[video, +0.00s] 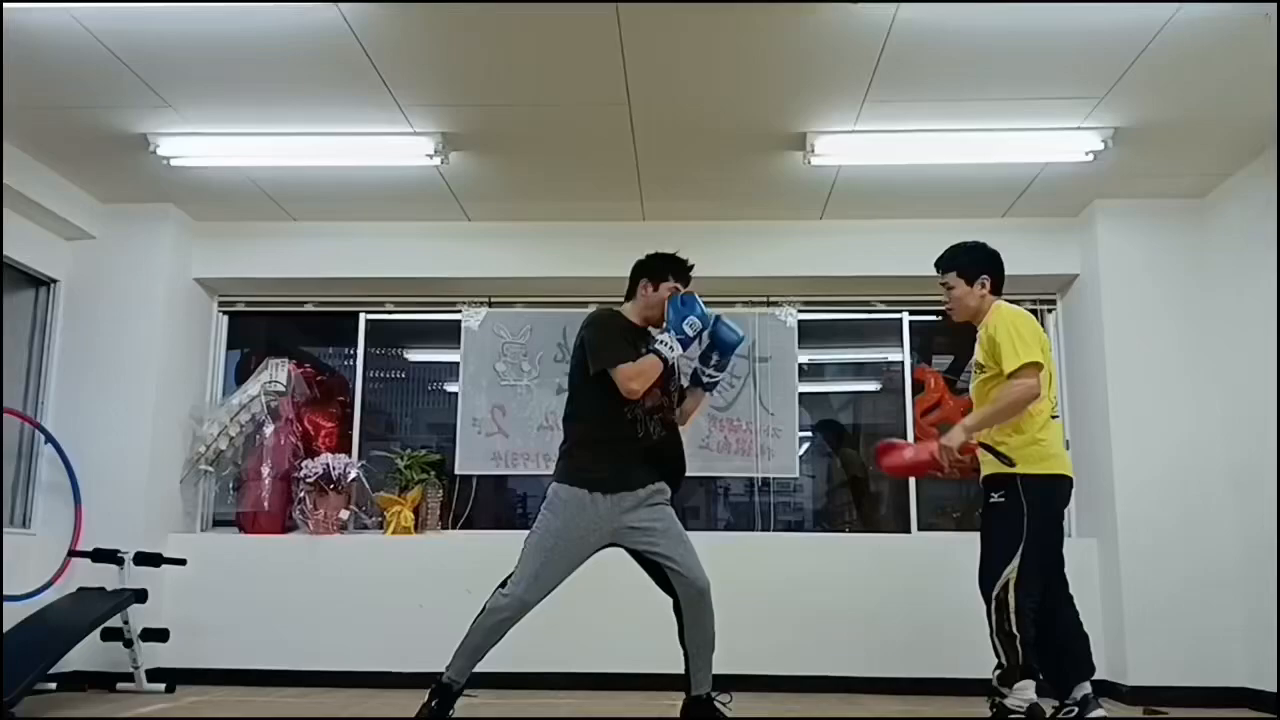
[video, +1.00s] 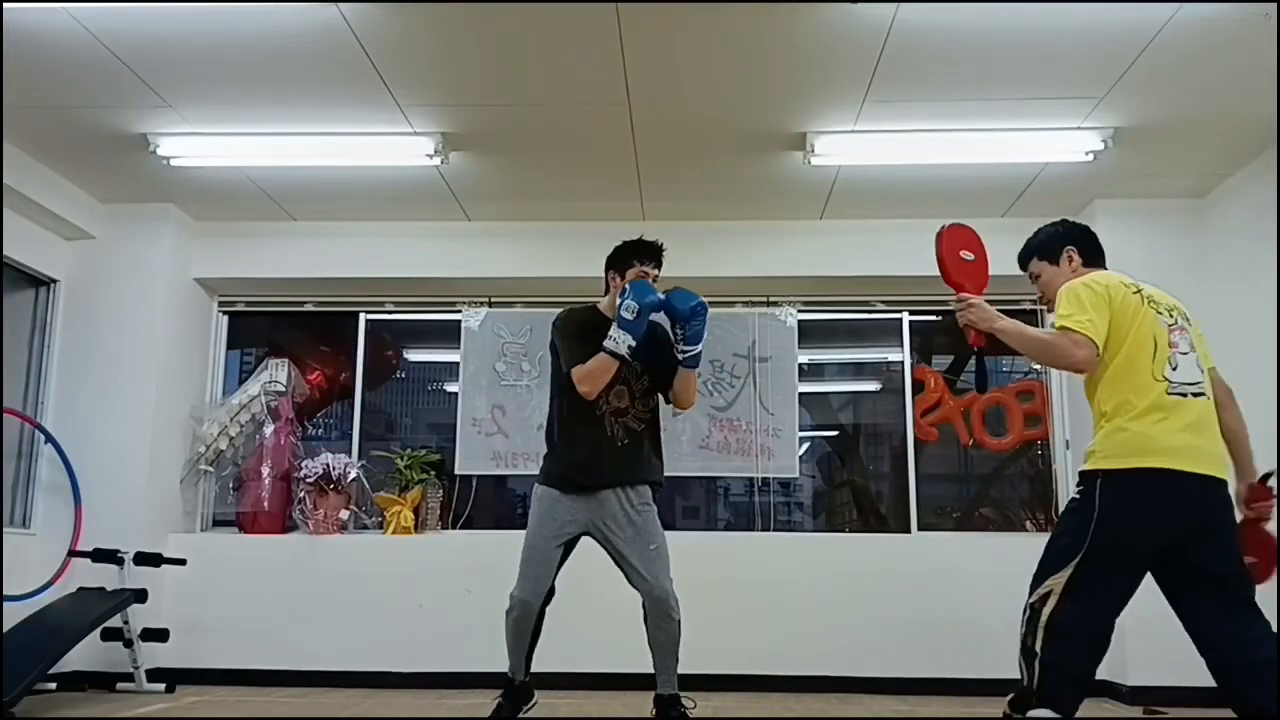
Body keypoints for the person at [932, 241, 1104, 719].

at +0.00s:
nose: (943, 297)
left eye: (949, 286)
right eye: (942, 287)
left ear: (983, 284)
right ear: (981, 287)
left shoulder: (1007, 319)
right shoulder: (994, 330)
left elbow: (1026, 387)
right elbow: (1009, 408)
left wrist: (966, 426)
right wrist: (955, 443)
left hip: (1024, 475)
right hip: (1027, 475)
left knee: (1002, 582)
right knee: (1045, 584)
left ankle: (1017, 696)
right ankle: (1079, 695)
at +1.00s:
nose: (1038, 294)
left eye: (1038, 277)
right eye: (1033, 283)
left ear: (1071, 258)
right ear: (1089, 262)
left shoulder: (1088, 287)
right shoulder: (1173, 308)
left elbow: (1080, 353)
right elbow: (1221, 396)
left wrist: (997, 323)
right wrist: (1248, 480)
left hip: (1127, 480)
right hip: (1204, 489)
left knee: (1064, 606)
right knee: (1234, 623)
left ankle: (1044, 708)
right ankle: (1267, 705)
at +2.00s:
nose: (697, 283)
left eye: (695, 268)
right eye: (694, 271)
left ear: (713, 255)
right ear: (756, 248)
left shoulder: (746, 310)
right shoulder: (845, 290)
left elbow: (743, 425)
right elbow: (909, 371)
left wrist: (741, 469)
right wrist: (957, 448)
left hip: (805, 501)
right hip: (878, 499)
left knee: (710, 627)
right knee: (867, 631)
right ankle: (922, 713)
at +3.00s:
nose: (751, 129)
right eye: (752, 121)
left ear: (662, 123)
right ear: (745, 120)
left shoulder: (603, 179)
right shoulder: (773, 157)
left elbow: (537, 299)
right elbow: (816, 231)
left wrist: (563, 217)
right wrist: (877, 349)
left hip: (614, 444)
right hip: (740, 442)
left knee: (577, 627)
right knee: (771, 647)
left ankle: (531, 708)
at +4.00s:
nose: (452, 82)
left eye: (457, 61)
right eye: (454, 55)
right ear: (425, 29)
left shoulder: (285, 110)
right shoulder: (377, 74)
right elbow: (336, 198)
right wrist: (387, 358)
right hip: (292, 399)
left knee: (374, 609)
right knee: (268, 656)